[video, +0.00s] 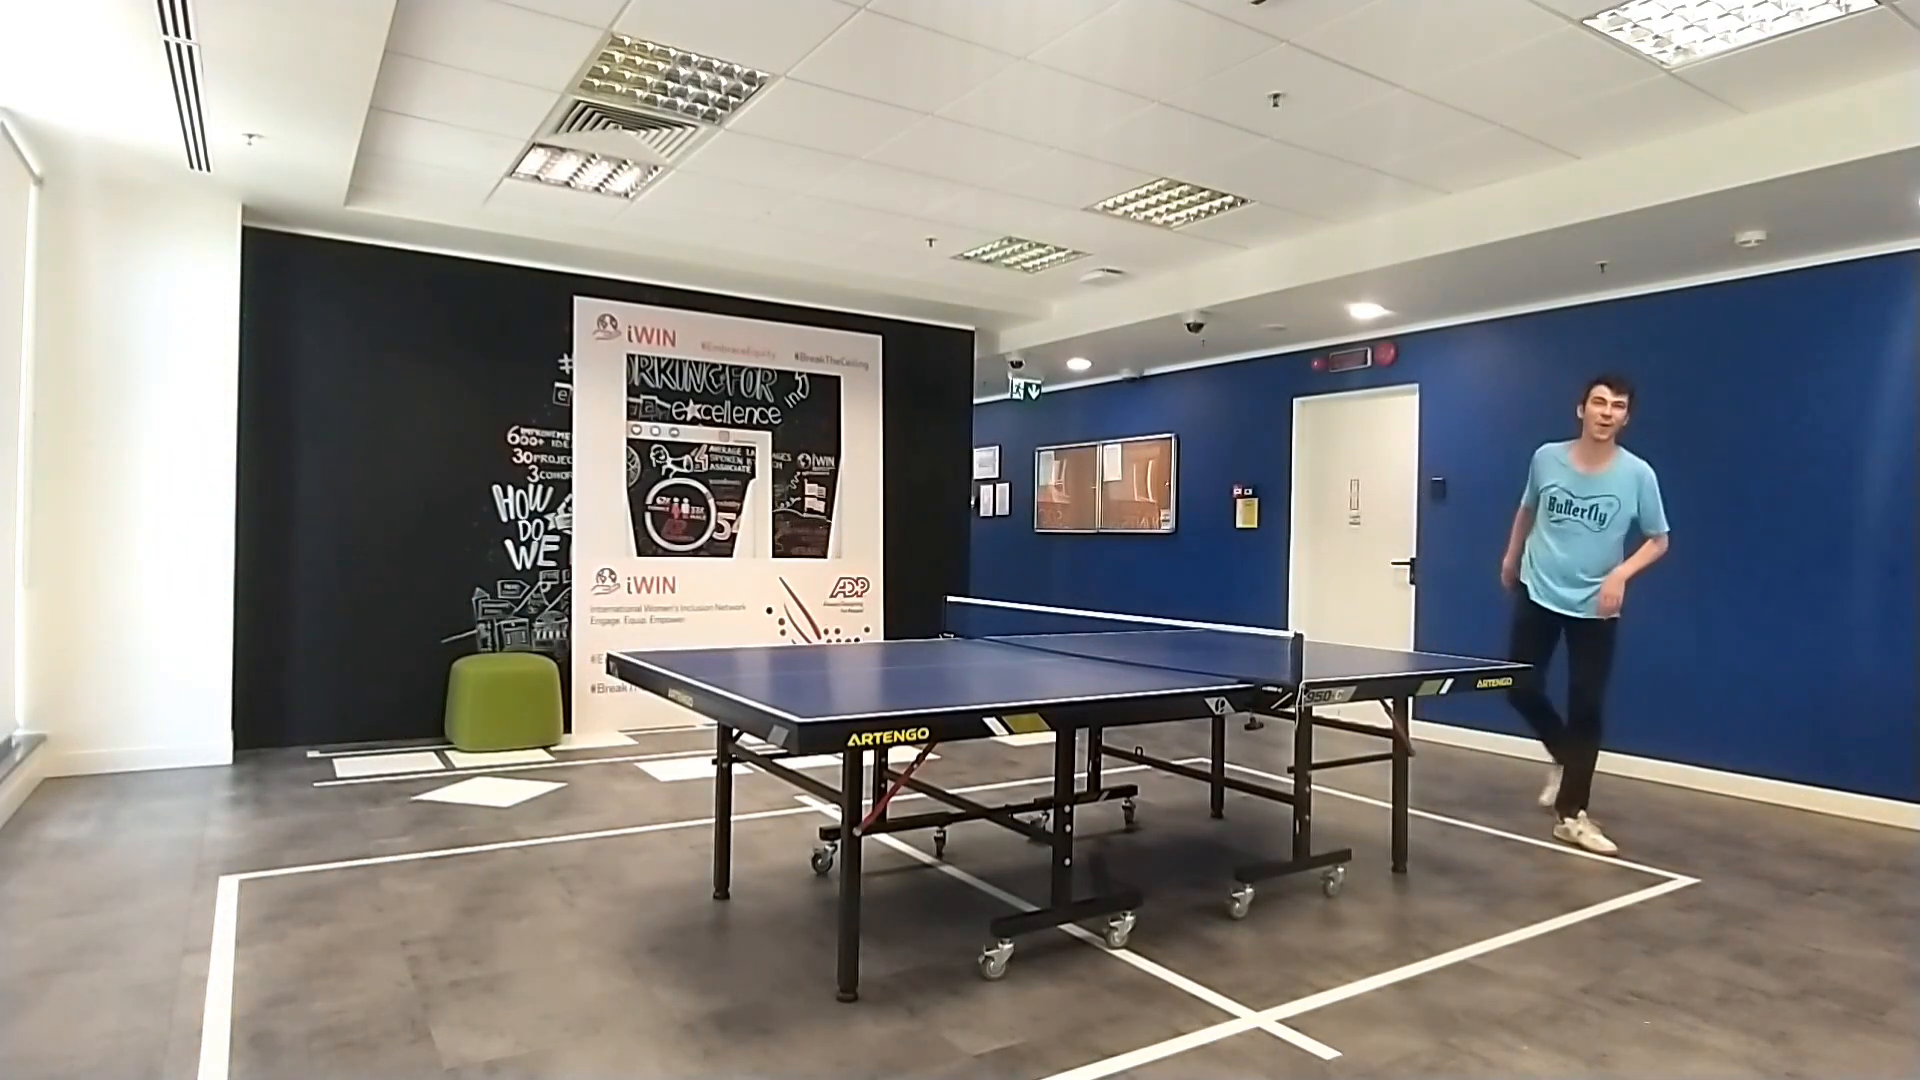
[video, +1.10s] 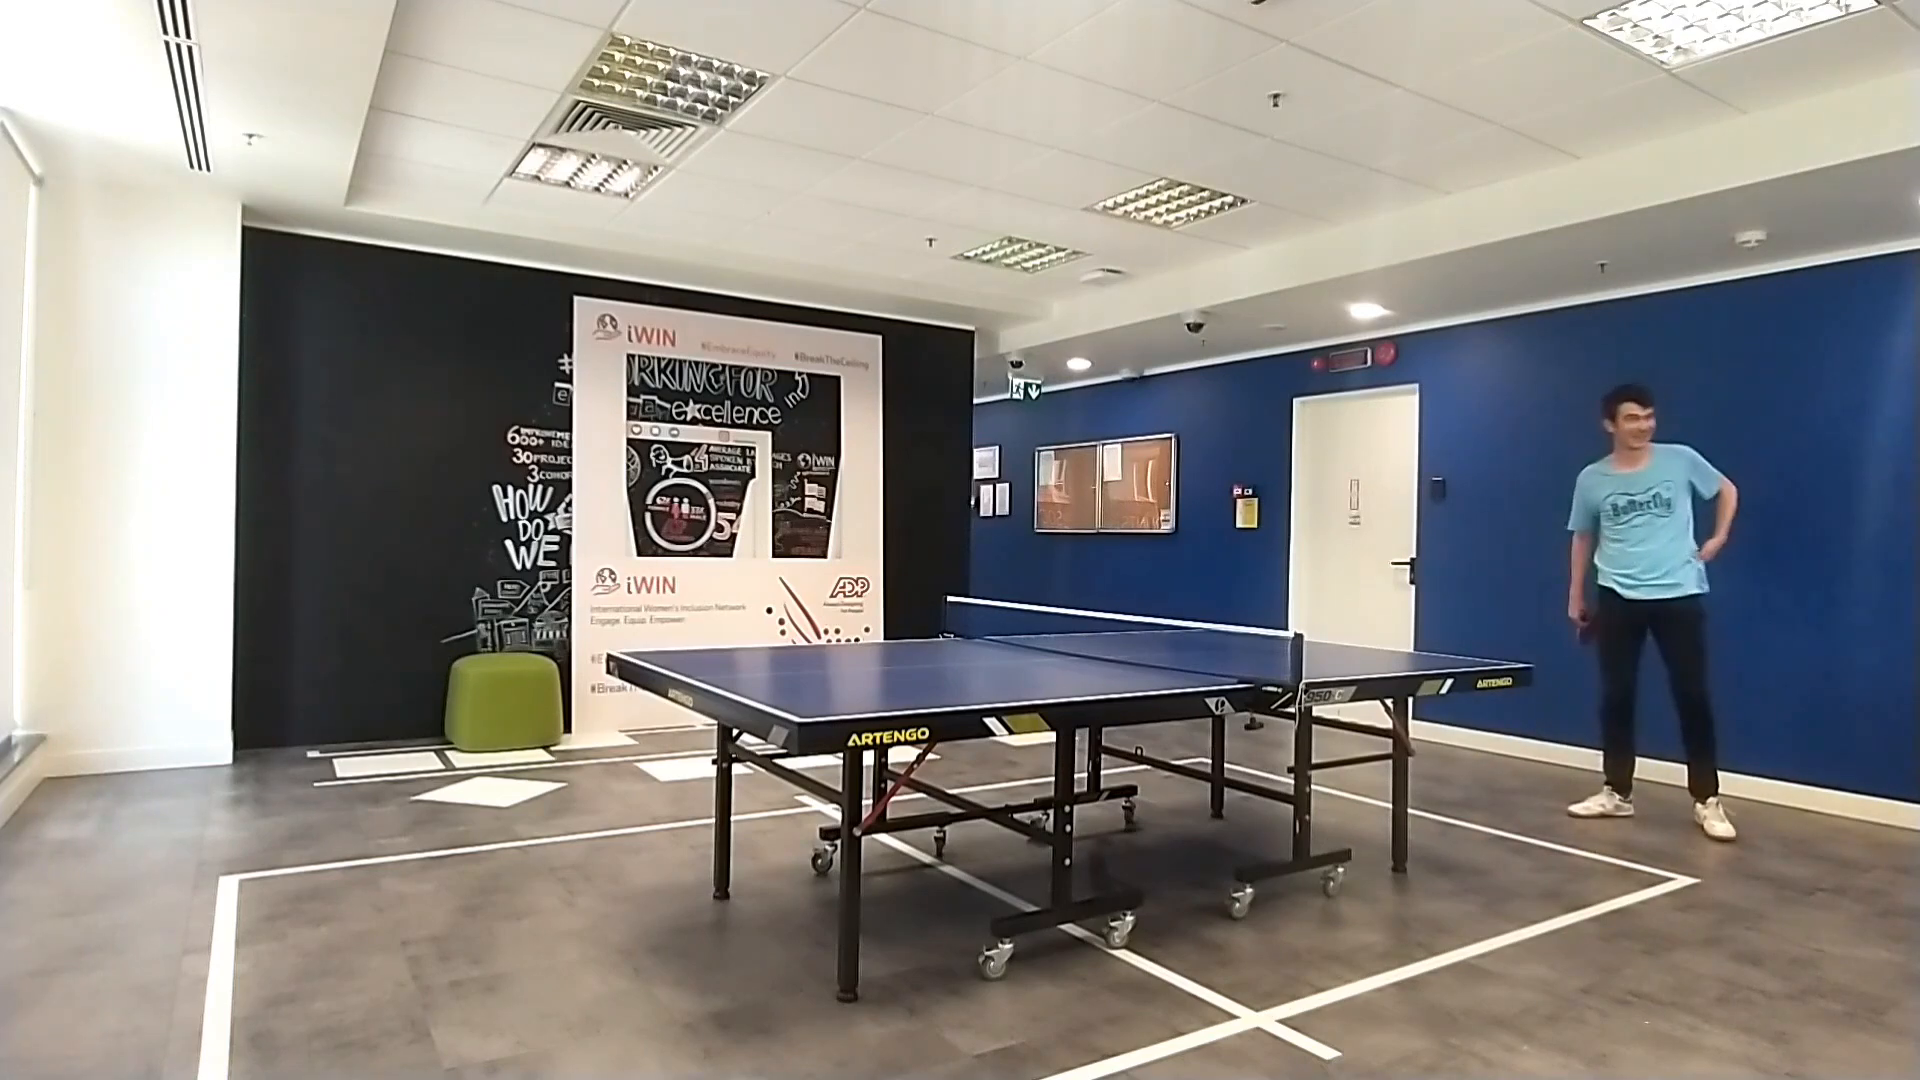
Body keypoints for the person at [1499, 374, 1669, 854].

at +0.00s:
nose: (1607, 412)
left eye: (1616, 406)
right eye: (1599, 403)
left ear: (1626, 418)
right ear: (1581, 409)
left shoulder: (1638, 474)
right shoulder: (1547, 458)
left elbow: (1658, 540)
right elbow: (1527, 510)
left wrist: (1620, 575)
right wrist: (1512, 555)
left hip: (1594, 606)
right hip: (1538, 594)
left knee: (1586, 708)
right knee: (1520, 687)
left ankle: (1572, 813)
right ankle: (1567, 756)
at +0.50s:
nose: (1556, 431)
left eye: (1560, 421)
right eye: (1546, 428)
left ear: (1576, 422)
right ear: (1540, 440)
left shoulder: (1622, 459)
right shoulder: (1552, 485)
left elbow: (1688, 487)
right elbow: (1564, 542)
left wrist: (1664, 540)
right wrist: (1571, 583)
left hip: (1626, 595)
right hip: (1578, 601)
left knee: (1617, 695)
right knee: (1590, 697)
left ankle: (1617, 809)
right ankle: (1612, 791)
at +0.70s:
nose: (1562, 433)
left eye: (1566, 423)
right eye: (1551, 430)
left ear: (1580, 423)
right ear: (1544, 441)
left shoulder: (1623, 454)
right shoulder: (1556, 488)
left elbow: (1695, 466)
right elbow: (1569, 543)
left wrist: (1673, 515)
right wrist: (1586, 574)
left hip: (1640, 583)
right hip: (1590, 594)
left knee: (1651, 688)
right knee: (1602, 692)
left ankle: (1674, 805)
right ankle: (1617, 793)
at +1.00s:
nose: (1615, 426)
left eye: (1620, 418)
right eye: (1604, 420)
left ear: (1630, 420)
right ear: (1588, 428)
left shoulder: (1661, 456)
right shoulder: (1578, 482)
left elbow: (1717, 483)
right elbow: (1579, 541)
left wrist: (1703, 527)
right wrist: (1580, 594)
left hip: (1666, 591)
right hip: (1607, 596)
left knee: (1687, 693)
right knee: (1612, 694)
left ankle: (1712, 798)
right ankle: (1617, 793)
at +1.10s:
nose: (1642, 425)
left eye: (1647, 416)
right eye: (1632, 418)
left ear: (1655, 420)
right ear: (1610, 424)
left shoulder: (1681, 459)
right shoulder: (1591, 479)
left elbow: (1726, 491)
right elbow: (1582, 538)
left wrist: (1717, 539)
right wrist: (1577, 594)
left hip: (1679, 595)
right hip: (1617, 597)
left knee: (1693, 695)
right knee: (1616, 694)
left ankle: (1707, 800)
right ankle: (1617, 793)